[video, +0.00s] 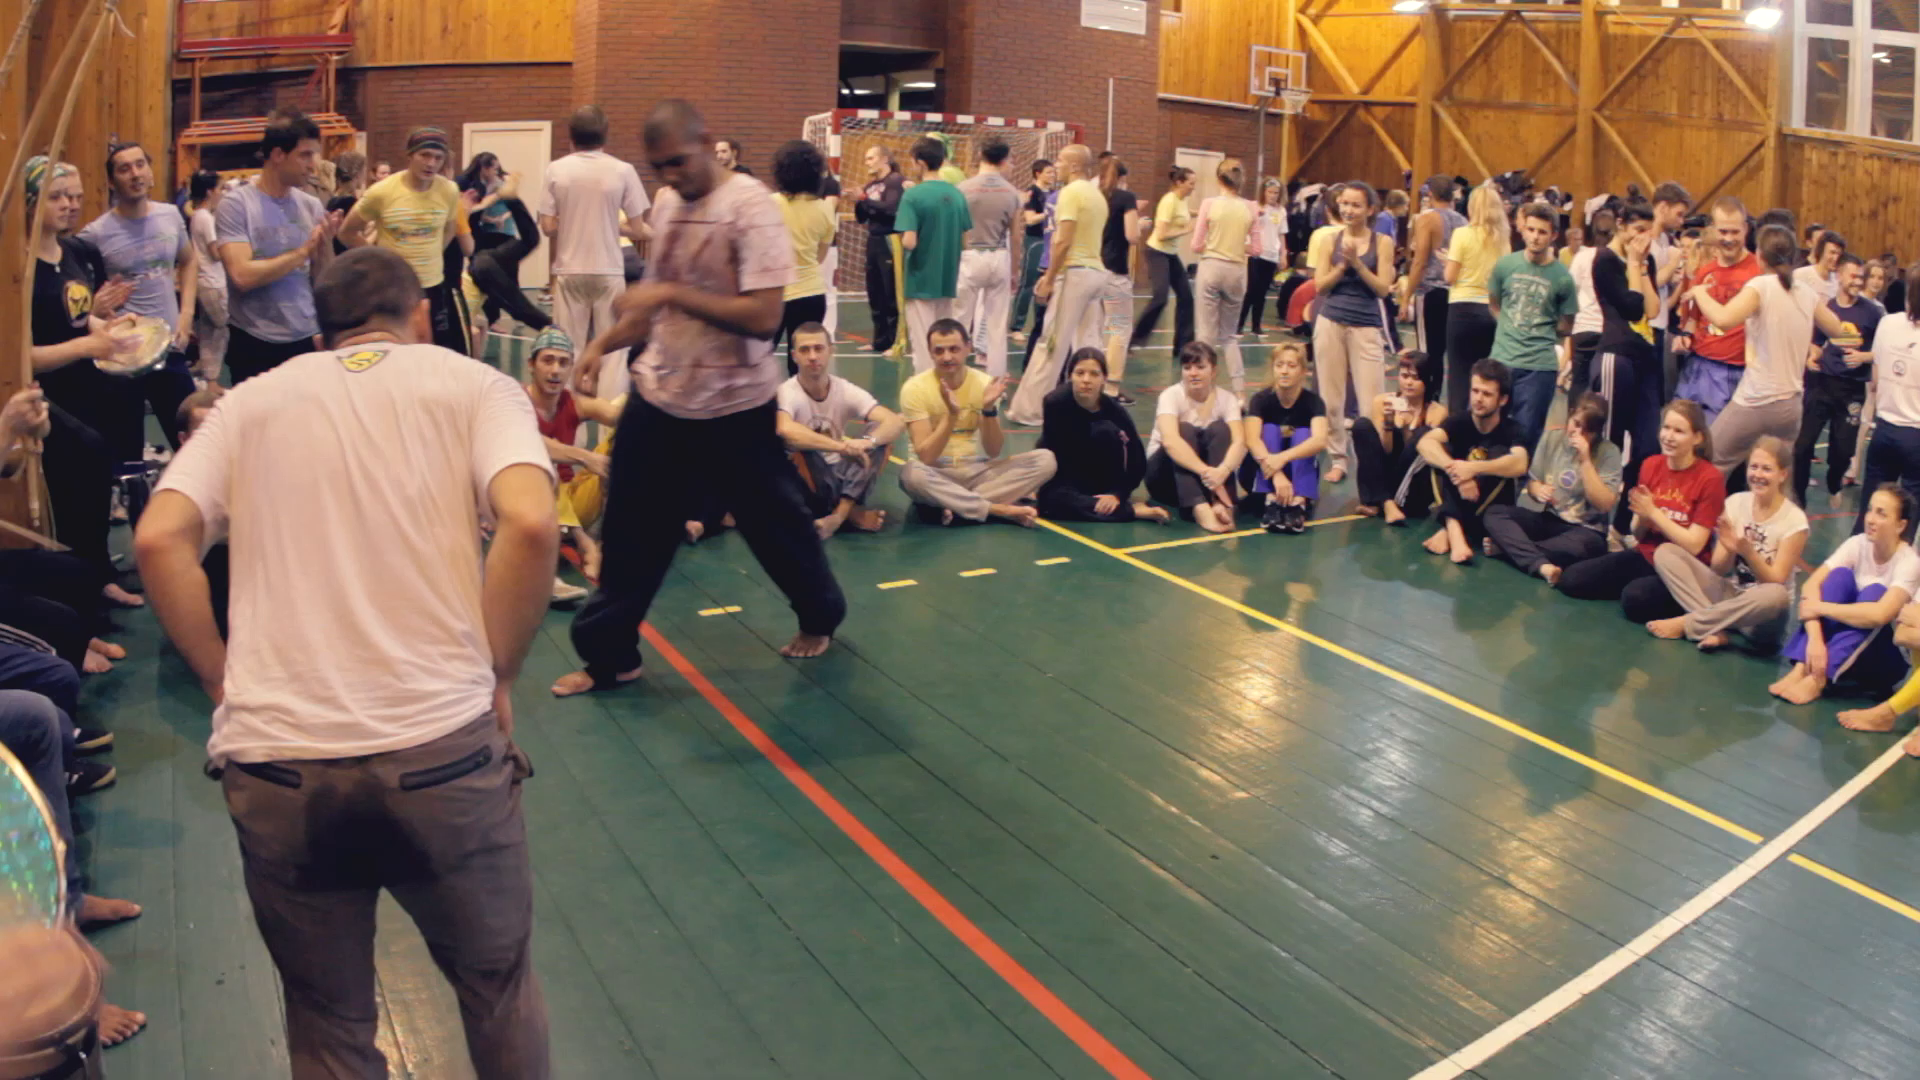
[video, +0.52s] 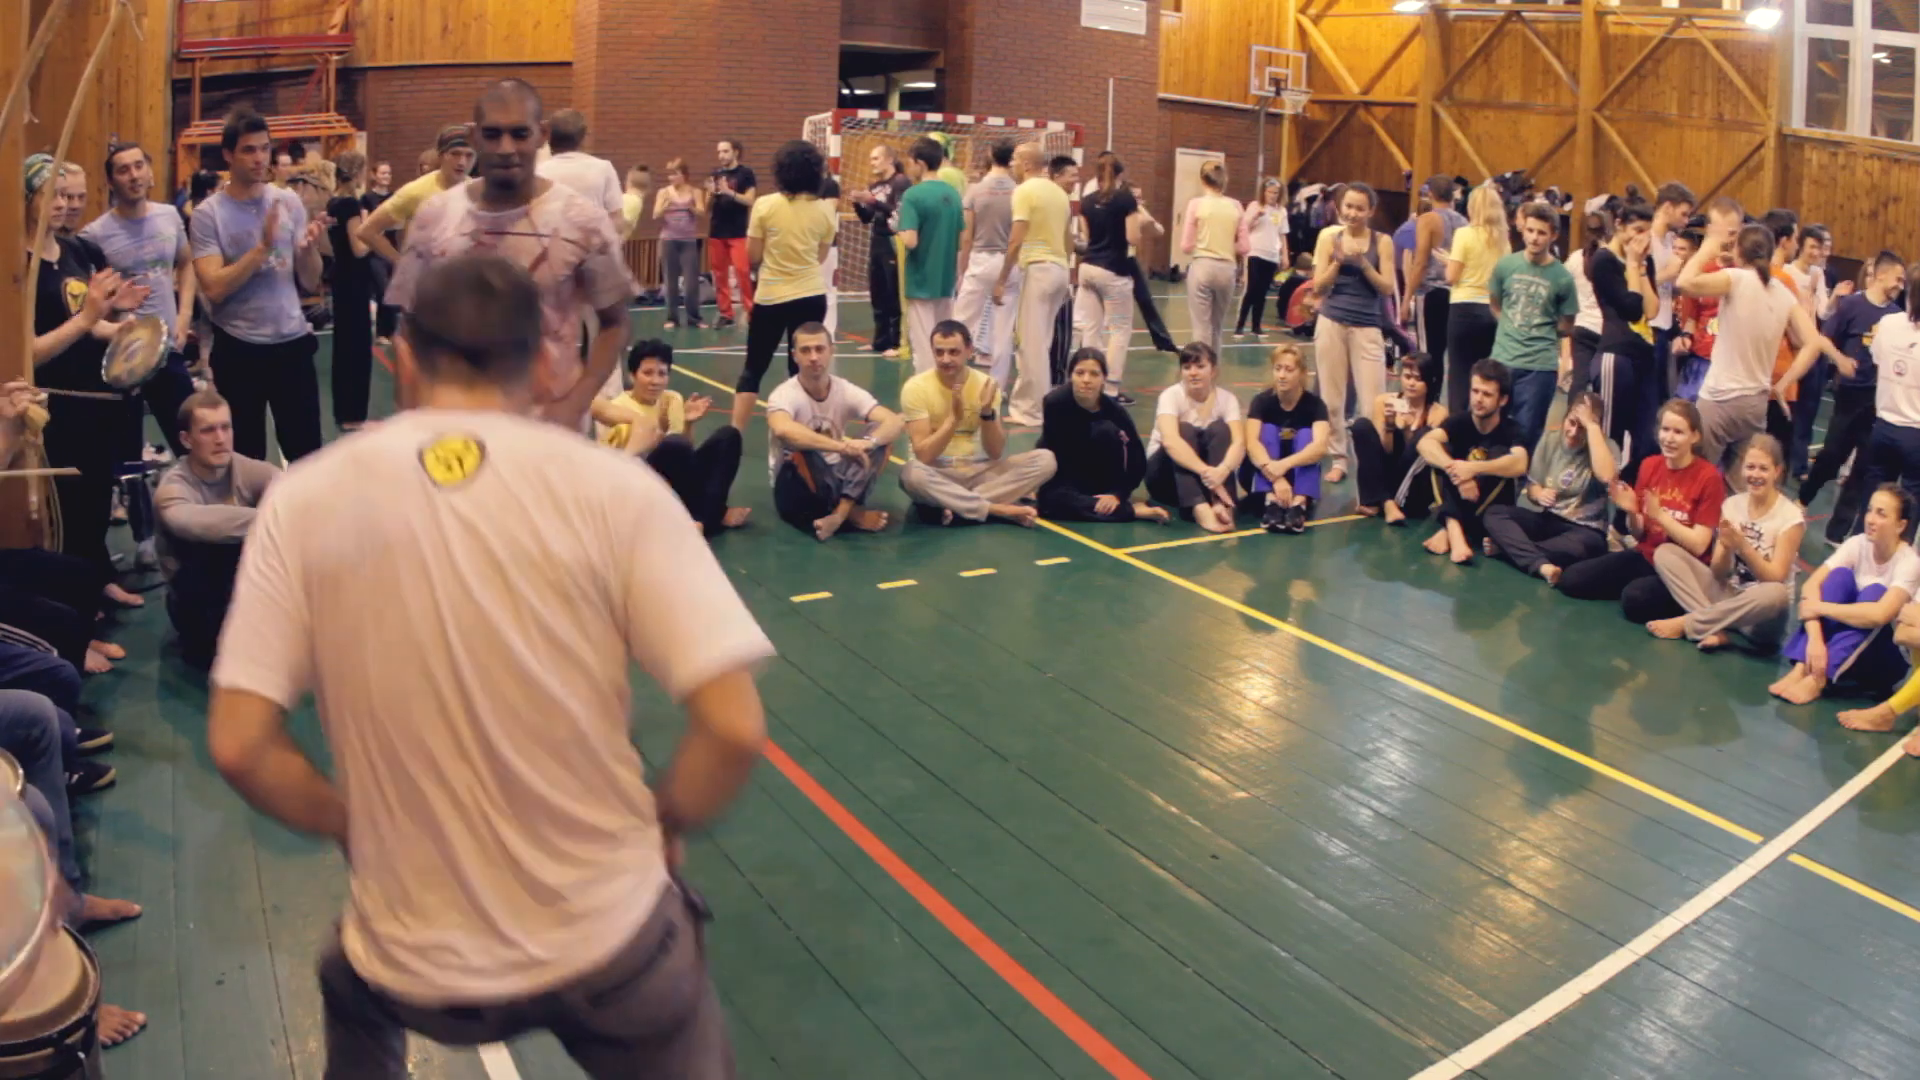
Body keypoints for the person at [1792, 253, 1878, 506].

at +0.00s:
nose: (1857, 281)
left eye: (1860, 277)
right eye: (1852, 276)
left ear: (1864, 280)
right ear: (1839, 277)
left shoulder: (1874, 312)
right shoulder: (1823, 308)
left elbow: (1883, 349)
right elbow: (1811, 336)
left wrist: (1864, 356)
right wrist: (1810, 352)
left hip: (1852, 384)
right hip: (1820, 379)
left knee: (1844, 448)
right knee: (1803, 444)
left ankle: (1834, 485)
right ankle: (1798, 496)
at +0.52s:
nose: (1899, 285)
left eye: (1901, 280)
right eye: (1895, 278)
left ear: (1899, 281)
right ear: (1877, 275)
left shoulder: (1898, 313)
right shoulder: (1851, 304)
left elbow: (1902, 347)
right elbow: (1824, 339)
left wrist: (1895, 371)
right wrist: (1839, 359)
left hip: (1883, 392)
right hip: (1851, 388)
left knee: (1864, 466)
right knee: (1834, 455)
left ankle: (1840, 529)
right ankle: (1805, 496)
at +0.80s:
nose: (1877, 281)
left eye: (1881, 276)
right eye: (1873, 276)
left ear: (1885, 280)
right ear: (1864, 278)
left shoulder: (1883, 305)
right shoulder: (1855, 301)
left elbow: (1882, 333)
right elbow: (1855, 335)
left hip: (1876, 361)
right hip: (1856, 360)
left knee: (1866, 414)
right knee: (1856, 413)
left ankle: (1856, 467)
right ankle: (1848, 469)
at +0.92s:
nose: (1879, 281)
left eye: (1883, 277)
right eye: (1875, 276)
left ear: (1886, 281)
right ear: (1865, 277)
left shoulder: (1881, 306)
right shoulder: (1854, 300)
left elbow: (1882, 332)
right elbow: (1851, 335)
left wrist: (1884, 350)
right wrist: (1874, 350)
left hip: (1875, 363)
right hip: (1855, 360)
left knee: (1868, 417)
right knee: (1856, 415)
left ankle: (1853, 469)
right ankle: (1847, 471)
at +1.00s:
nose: (1881, 281)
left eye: (1884, 277)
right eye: (1877, 276)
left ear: (1886, 281)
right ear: (1866, 276)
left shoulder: (1881, 306)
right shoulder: (1854, 300)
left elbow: (1883, 334)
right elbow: (1850, 336)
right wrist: (1877, 339)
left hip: (1873, 363)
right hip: (1854, 361)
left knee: (1866, 419)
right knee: (1855, 416)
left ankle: (1853, 470)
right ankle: (1846, 471)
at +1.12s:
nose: (1882, 281)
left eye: (1884, 277)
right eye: (1879, 276)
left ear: (1885, 280)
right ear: (1868, 276)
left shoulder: (1881, 305)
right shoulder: (1854, 300)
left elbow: (1882, 334)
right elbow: (1852, 335)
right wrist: (1877, 327)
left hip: (1874, 364)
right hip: (1855, 362)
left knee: (1865, 418)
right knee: (1855, 416)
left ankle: (1851, 469)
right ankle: (1847, 470)